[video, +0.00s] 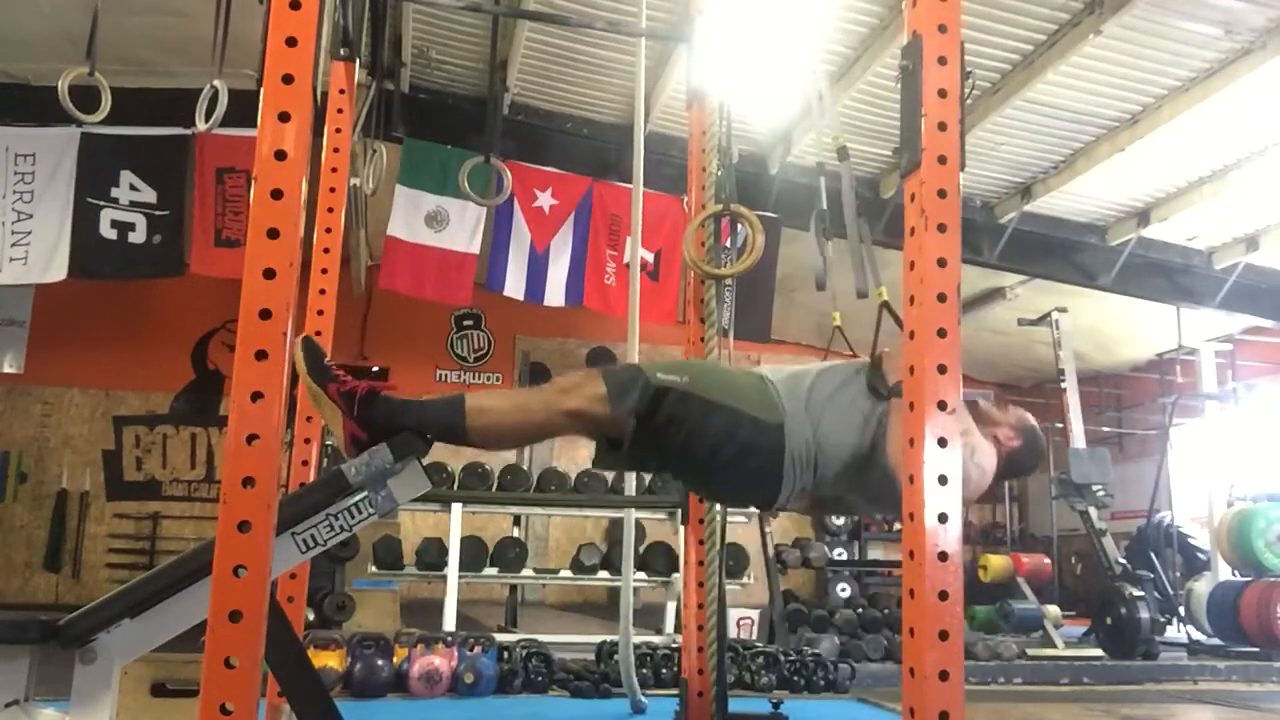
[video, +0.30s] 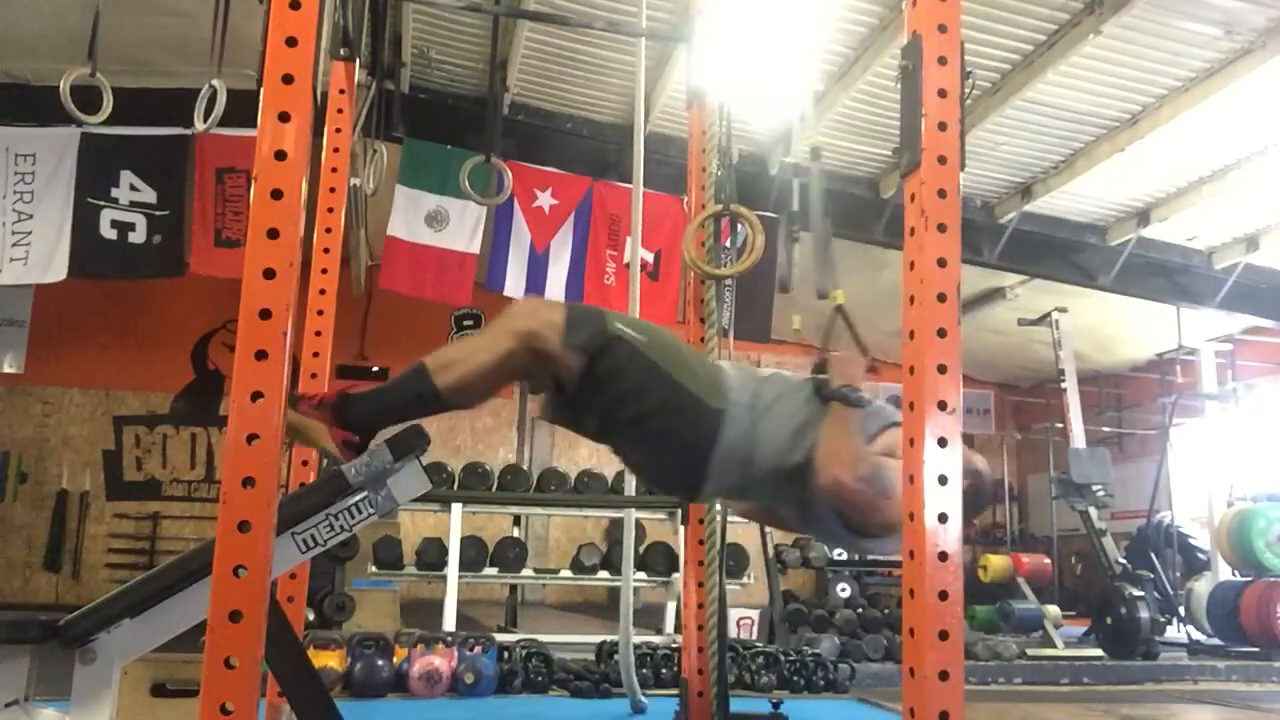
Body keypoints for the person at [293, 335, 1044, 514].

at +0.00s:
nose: (998, 420)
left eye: (1007, 432)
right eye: (1004, 420)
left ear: (1000, 460)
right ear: (992, 420)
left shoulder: (967, 467)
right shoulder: (945, 417)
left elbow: (905, 470)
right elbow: (875, 377)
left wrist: (905, 380)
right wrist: (894, 364)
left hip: (771, 444)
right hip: (758, 411)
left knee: (590, 393)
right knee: (581, 391)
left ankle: (386, 422)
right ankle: (383, 415)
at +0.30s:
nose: (908, 461)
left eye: (917, 473)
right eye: (921, 457)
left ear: (912, 511)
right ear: (917, 451)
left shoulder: (880, 515)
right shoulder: (878, 441)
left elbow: (840, 473)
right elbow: (835, 395)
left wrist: (839, 389)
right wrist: (839, 369)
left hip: (701, 430)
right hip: (699, 407)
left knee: (533, 320)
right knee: (526, 349)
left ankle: (356, 413)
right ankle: (365, 410)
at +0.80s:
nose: (799, 425)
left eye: (808, 440)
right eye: (810, 430)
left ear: (798, 466)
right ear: (795, 449)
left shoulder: (748, 470)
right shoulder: (743, 433)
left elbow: (673, 458)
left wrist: (697, 373)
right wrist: (711, 359)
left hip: (543, 381)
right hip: (552, 359)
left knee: (386, 250)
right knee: (391, 269)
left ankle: (315, 424)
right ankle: (319, 415)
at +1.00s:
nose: (756, 398)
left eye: (765, 411)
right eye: (768, 401)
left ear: (752, 441)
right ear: (751, 434)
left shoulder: (705, 450)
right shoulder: (698, 419)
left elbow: (625, 437)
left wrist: (660, 356)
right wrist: (663, 351)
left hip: (500, 361)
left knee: (323, 244)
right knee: (335, 308)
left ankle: (298, 415)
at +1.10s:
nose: (748, 393)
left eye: (756, 406)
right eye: (760, 395)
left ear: (741, 433)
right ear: (739, 425)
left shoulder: (691, 444)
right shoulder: (684, 407)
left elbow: (609, 431)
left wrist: (647, 351)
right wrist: (647, 343)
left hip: (485, 359)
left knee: (318, 246)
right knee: (318, 307)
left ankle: (297, 420)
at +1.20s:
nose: (743, 389)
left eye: (752, 401)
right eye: (755, 392)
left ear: (737, 428)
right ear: (735, 426)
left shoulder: (686, 438)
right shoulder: (678, 403)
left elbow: (601, 429)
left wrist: (640, 347)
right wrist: (643, 338)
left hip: (481, 359)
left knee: (322, 249)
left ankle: (296, 423)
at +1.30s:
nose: (744, 390)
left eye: (754, 403)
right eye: (756, 393)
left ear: (739, 430)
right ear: (737, 428)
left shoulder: (688, 439)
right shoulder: (681, 406)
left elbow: (605, 428)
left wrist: (643, 349)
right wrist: (647, 340)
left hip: (484, 359)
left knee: (322, 249)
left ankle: (295, 422)